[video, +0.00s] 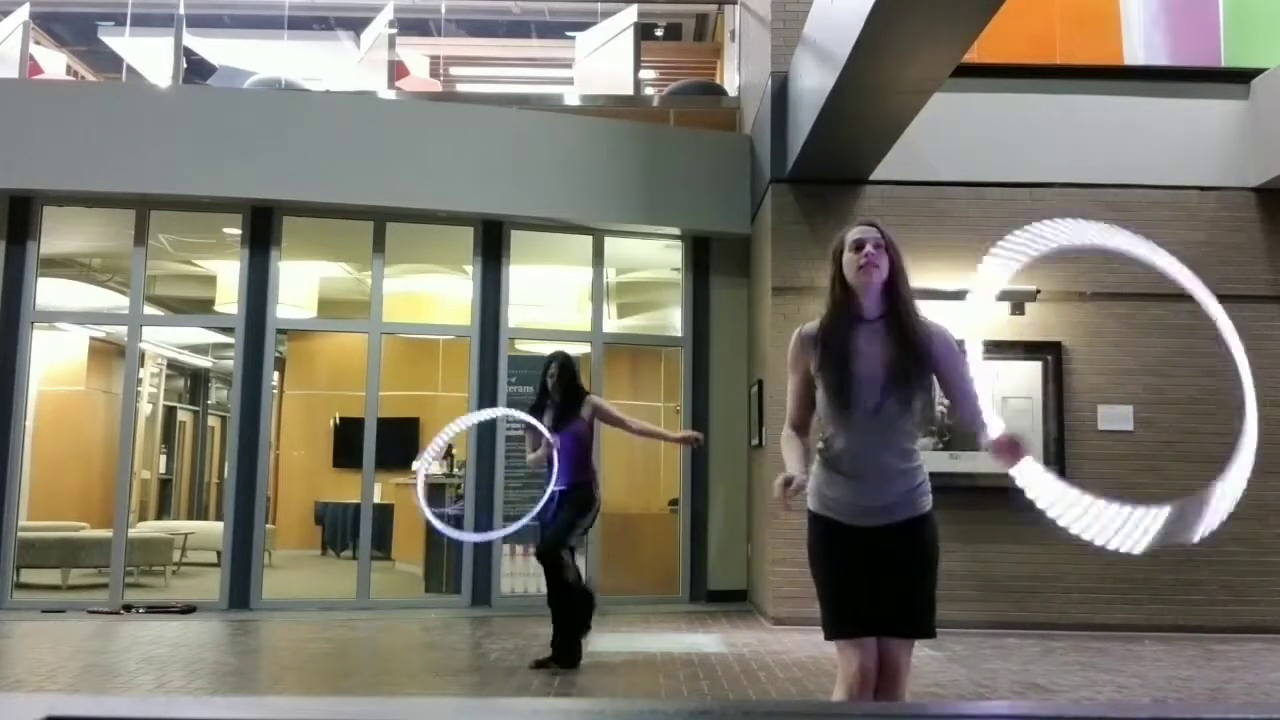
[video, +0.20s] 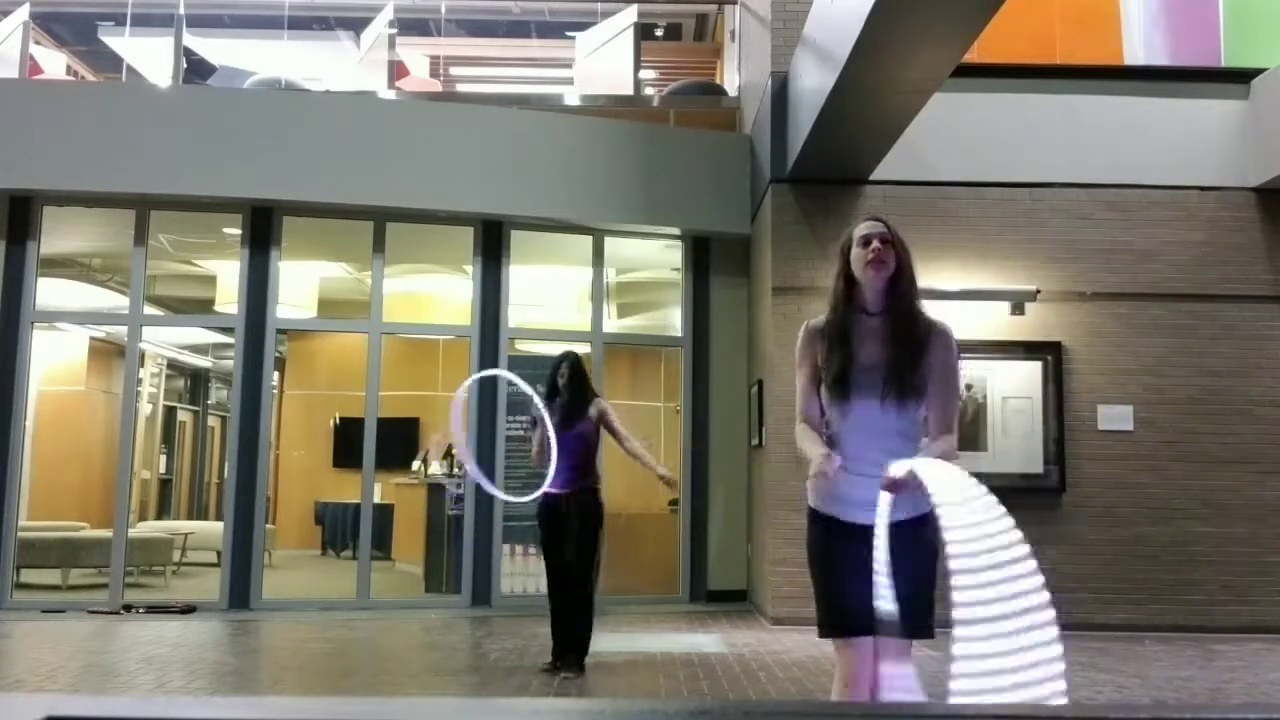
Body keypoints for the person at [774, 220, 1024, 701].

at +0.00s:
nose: (870, 252)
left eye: (879, 246)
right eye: (858, 246)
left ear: (892, 264)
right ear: (840, 265)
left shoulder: (927, 337)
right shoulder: (812, 341)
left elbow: (970, 413)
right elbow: (795, 427)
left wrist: (994, 441)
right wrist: (797, 470)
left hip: (906, 512)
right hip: (836, 515)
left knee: (894, 671)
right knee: (858, 669)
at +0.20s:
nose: (876, 247)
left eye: (886, 241)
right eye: (865, 241)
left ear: (898, 258)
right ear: (848, 259)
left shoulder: (934, 338)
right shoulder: (818, 335)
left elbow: (944, 438)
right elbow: (805, 423)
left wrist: (916, 467)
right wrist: (819, 452)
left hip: (908, 516)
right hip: (837, 514)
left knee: (897, 658)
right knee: (853, 661)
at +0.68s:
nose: (899, 254)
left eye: (908, 248)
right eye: (888, 247)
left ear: (919, 264)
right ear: (867, 264)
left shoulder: (943, 342)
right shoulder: (833, 332)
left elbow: (941, 441)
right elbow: (825, 430)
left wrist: (914, 469)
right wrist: (805, 368)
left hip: (902, 511)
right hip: (834, 508)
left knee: (891, 666)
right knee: (857, 667)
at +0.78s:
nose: (902, 254)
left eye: (911, 247)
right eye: (889, 247)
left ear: (921, 263)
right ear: (868, 262)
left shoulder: (942, 344)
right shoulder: (833, 328)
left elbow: (937, 451)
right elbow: (789, 404)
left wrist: (932, 527)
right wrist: (786, 335)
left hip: (899, 513)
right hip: (832, 510)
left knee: (889, 668)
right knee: (856, 669)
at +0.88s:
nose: (901, 255)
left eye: (911, 247)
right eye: (889, 246)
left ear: (923, 262)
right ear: (868, 259)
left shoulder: (940, 341)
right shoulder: (827, 325)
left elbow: (948, 440)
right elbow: (743, 367)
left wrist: (957, 531)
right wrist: (769, 306)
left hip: (901, 512)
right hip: (833, 509)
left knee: (890, 670)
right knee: (855, 672)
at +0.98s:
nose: (901, 256)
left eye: (910, 249)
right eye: (888, 248)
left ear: (920, 261)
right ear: (866, 260)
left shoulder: (932, 333)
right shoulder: (830, 314)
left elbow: (959, 424)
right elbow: (732, 327)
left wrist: (979, 493)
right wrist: (769, 290)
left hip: (900, 509)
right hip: (831, 508)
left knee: (888, 671)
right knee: (853, 674)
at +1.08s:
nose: (898, 261)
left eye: (907, 251)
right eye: (886, 252)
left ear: (918, 262)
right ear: (863, 261)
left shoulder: (931, 332)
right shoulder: (829, 313)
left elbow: (983, 403)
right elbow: (731, 313)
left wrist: (1025, 462)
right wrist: (759, 287)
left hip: (895, 504)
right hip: (827, 502)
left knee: (887, 670)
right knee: (850, 670)